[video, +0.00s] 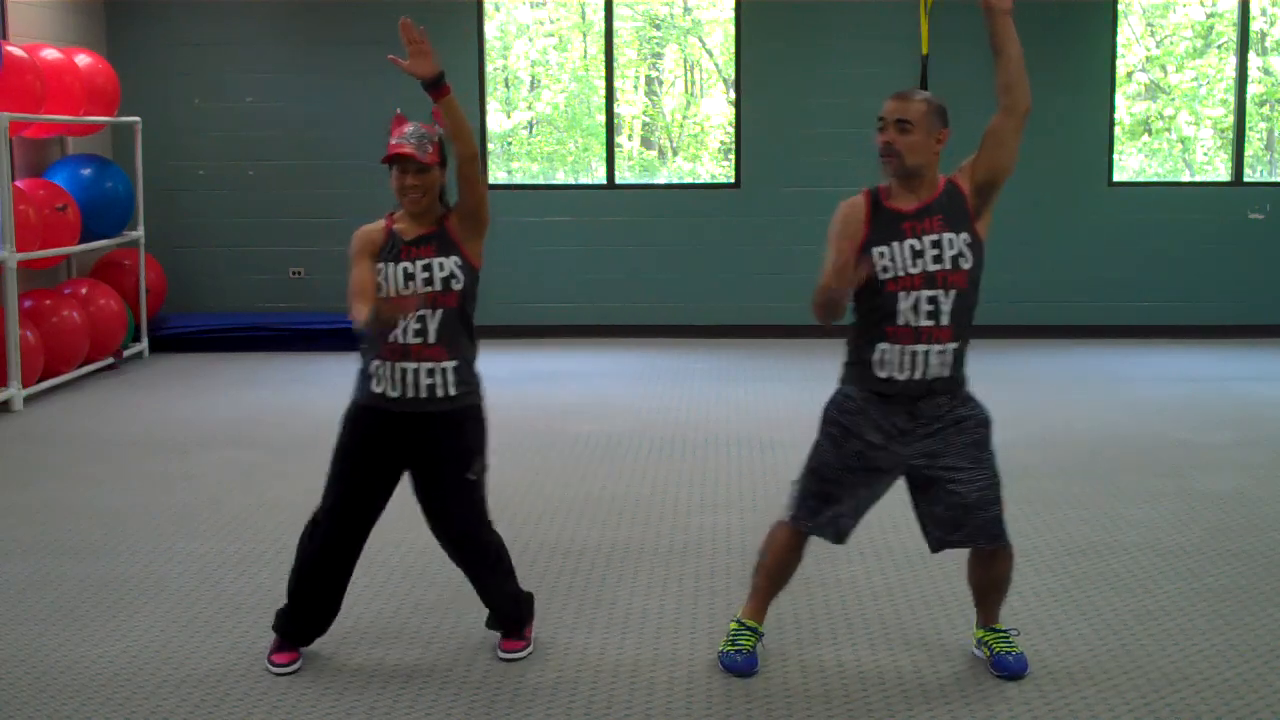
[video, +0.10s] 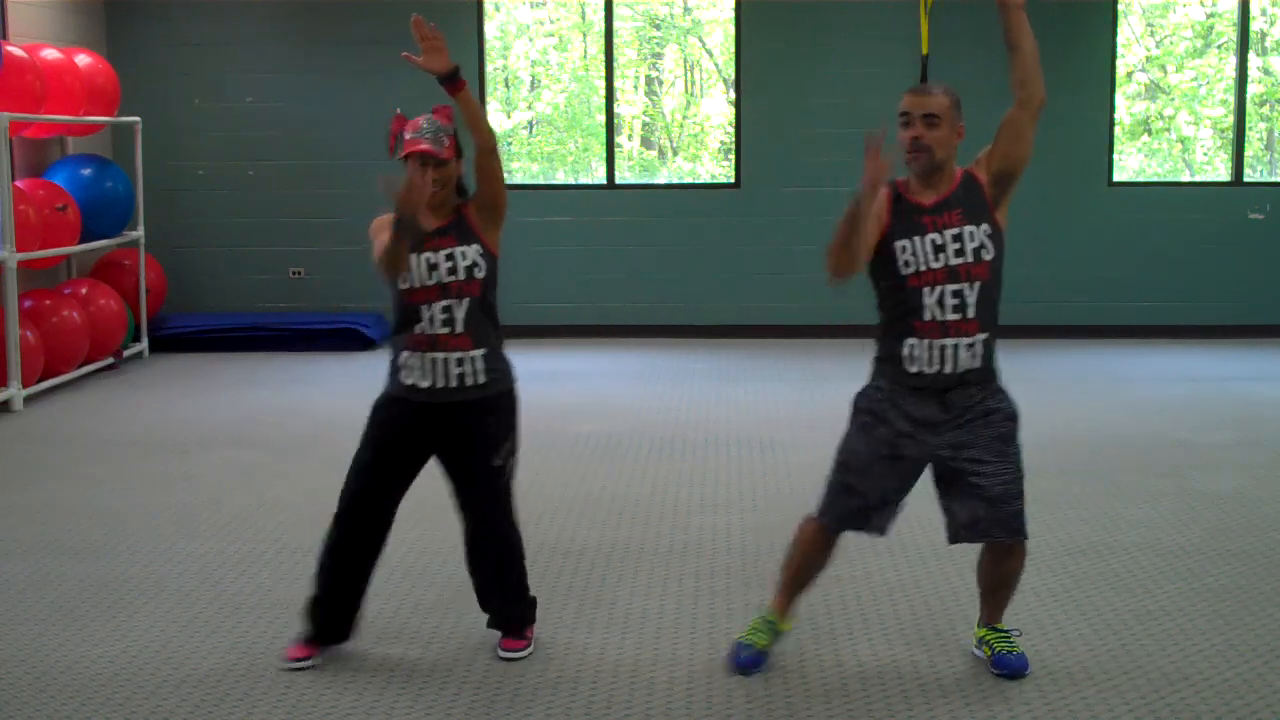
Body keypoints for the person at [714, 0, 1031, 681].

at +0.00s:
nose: (886, 139)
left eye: (901, 128)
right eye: (882, 128)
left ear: (939, 138)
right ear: (876, 137)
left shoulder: (971, 194)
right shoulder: (857, 213)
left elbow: (1015, 107)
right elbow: (824, 312)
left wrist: (1000, 13)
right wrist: (842, 283)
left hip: (945, 409)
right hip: (865, 408)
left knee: (990, 534)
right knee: (800, 519)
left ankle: (991, 630)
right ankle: (748, 623)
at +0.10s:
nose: (915, 132)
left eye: (930, 121)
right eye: (907, 121)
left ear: (958, 134)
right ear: (898, 131)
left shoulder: (986, 187)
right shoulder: (879, 204)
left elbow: (1030, 101)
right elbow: (841, 268)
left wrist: (1013, 10)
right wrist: (866, 196)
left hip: (975, 401)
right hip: (895, 400)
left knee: (1007, 533)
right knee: (830, 518)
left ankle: (992, 629)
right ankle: (774, 618)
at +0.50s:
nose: (968, 118)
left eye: (981, 106)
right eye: (954, 107)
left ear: (1002, 117)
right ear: (937, 120)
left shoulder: (1027, 176)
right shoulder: (925, 183)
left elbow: (1042, 79)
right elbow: (917, 91)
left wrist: (1010, 1)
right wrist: (950, 8)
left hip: (1014, 391)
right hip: (936, 391)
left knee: (1032, 520)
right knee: (925, 519)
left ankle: (996, 621)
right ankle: (943, 622)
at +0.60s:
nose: (984, 125)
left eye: (997, 114)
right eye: (971, 115)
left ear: (1013, 128)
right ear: (950, 129)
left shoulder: (1039, 182)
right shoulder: (935, 187)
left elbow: (1071, 90)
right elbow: (925, 104)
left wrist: (1016, 12)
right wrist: (968, 17)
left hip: (1009, 394)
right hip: (936, 391)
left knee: (998, 527)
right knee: (932, 524)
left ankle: (982, 624)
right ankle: (946, 625)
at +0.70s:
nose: (1021, 129)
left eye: (1025, 120)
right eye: (1004, 120)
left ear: (1029, 137)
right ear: (967, 135)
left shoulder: (1042, 189)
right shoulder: (940, 192)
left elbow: (1088, 98)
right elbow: (934, 105)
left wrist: (1093, 16)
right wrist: (974, 22)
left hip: (1023, 406)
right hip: (944, 407)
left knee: (1057, 528)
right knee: (937, 535)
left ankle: (1015, 612)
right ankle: (946, 624)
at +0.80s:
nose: (1041, 129)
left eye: (1041, 118)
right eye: (1026, 118)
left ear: (1040, 133)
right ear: (984, 134)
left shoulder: (1051, 185)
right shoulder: (948, 186)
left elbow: (1115, 114)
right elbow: (942, 89)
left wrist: (1175, 51)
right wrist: (980, 16)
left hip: (1040, 399)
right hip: (961, 404)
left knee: (1102, 514)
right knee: (954, 535)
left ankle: (1108, 617)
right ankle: (947, 625)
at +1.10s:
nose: (1076, 125)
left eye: (1077, 116)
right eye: (1062, 115)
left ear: (1073, 130)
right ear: (1019, 130)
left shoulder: (1099, 190)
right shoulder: (984, 187)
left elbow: (1163, 240)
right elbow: (966, 93)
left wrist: (1218, 287)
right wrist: (988, 13)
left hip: (1093, 395)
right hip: (1011, 398)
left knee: (1134, 518)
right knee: (967, 519)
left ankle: (1162, 628)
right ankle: (943, 616)